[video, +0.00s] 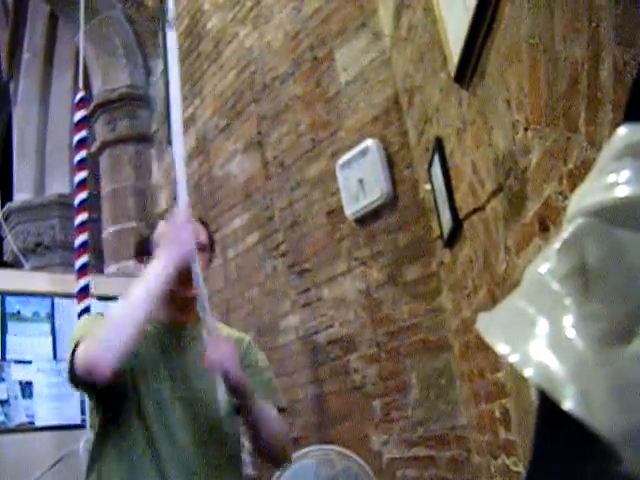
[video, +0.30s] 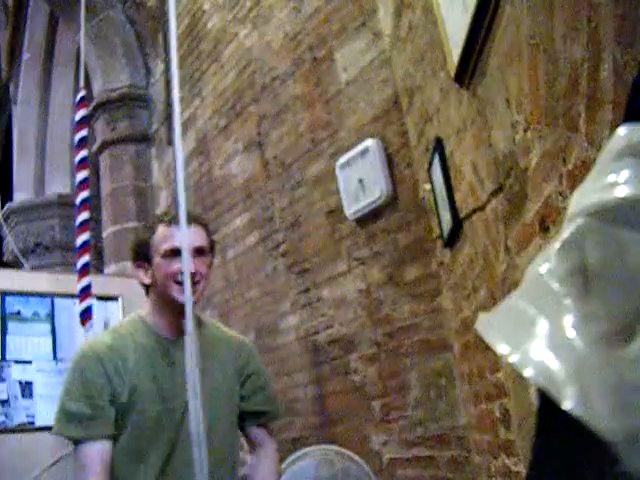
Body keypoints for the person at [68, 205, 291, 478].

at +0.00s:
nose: (188, 262)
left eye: (199, 250)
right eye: (175, 253)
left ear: (210, 262)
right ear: (143, 265)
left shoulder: (237, 348)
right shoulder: (105, 330)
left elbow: (279, 453)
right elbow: (97, 367)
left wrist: (241, 386)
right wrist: (166, 260)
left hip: (214, 471)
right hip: (125, 471)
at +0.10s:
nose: (189, 264)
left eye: (200, 251)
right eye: (174, 251)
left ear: (210, 264)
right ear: (145, 267)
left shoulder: (239, 351)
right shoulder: (101, 338)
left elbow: (278, 458)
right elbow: (84, 423)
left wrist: (247, 437)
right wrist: (169, 340)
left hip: (218, 474)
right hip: (127, 473)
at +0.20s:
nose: (191, 265)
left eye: (201, 253)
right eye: (175, 254)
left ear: (211, 267)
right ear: (146, 271)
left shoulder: (237, 352)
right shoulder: (100, 351)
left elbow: (268, 449)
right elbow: (82, 465)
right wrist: (173, 441)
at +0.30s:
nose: (189, 267)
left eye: (200, 253)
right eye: (173, 254)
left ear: (211, 264)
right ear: (144, 271)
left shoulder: (237, 353)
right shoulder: (102, 359)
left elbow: (263, 448)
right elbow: (93, 471)